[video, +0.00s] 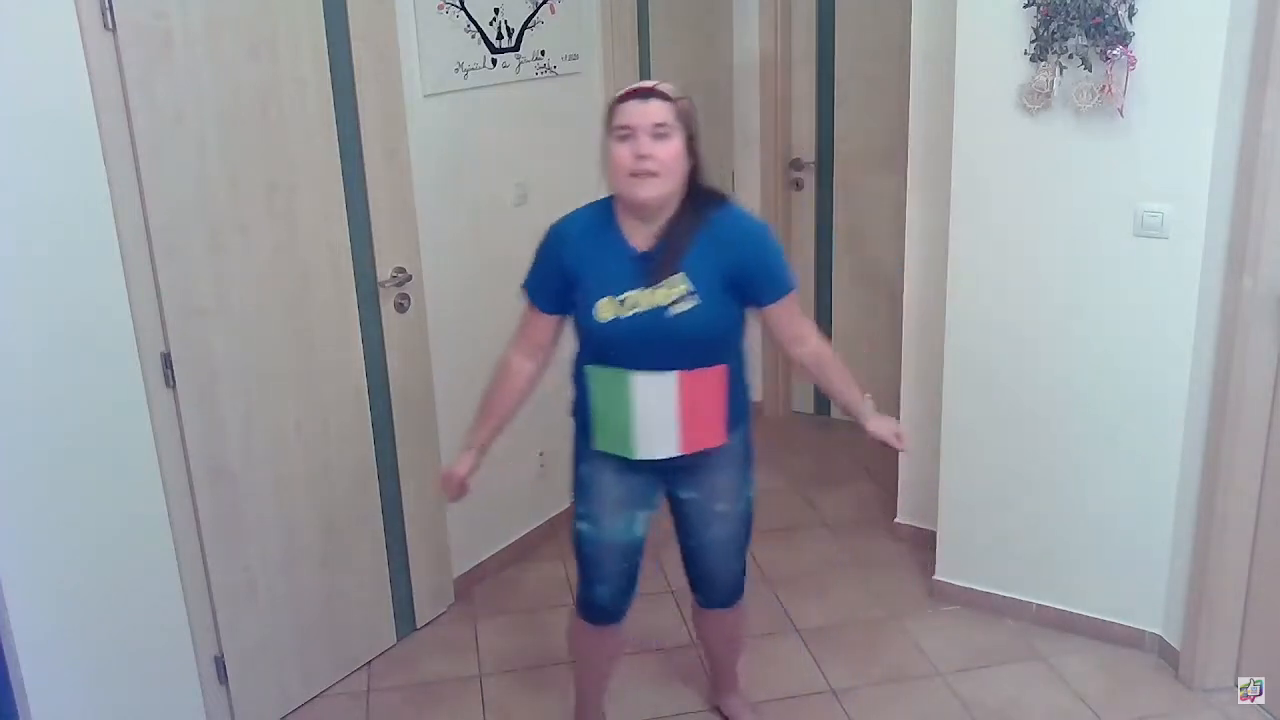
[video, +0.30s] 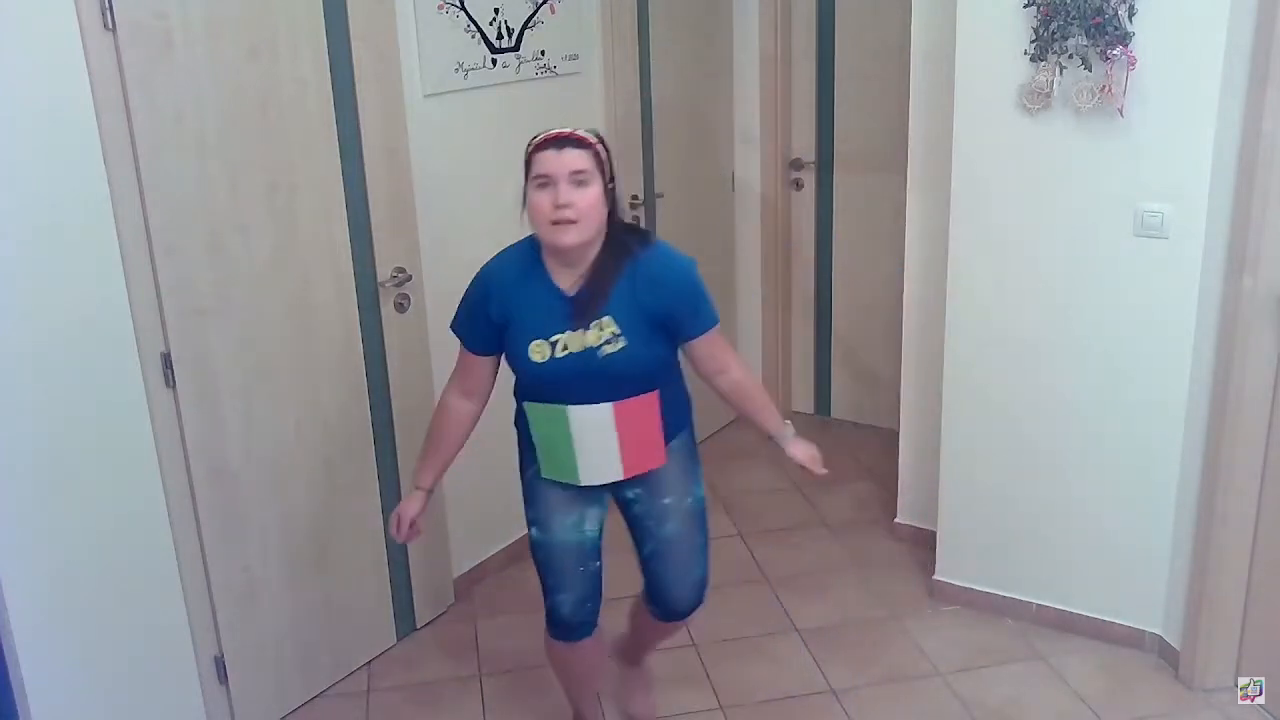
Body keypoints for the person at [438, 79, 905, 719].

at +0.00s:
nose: (642, 151)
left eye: (661, 135)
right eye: (626, 136)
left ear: (689, 153)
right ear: (607, 153)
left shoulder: (736, 236)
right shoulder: (572, 242)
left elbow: (799, 337)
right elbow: (528, 354)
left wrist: (866, 413)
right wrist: (472, 450)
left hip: (713, 446)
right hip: (610, 450)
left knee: (723, 592)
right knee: (600, 602)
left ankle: (727, 697)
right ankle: (589, 711)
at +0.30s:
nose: (561, 197)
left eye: (579, 181)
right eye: (544, 184)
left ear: (608, 194)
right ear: (526, 201)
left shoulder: (660, 272)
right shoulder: (500, 285)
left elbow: (722, 368)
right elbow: (464, 393)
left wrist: (785, 435)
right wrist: (421, 488)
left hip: (657, 450)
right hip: (555, 463)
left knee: (679, 596)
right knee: (570, 618)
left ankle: (629, 658)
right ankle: (588, 712)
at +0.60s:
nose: (547, 174)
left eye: (564, 159)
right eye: (529, 163)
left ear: (592, 175)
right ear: (512, 185)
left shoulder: (642, 247)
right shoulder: (489, 272)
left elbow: (708, 348)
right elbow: (451, 375)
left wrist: (771, 420)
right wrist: (405, 466)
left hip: (636, 439)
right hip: (544, 452)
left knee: (647, 578)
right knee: (574, 593)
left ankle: (607, 645)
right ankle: (586, 711)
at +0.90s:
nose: (565, 135)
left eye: (581, 121)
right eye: (549, 121)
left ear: (603, 133)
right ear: (530, 135)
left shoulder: (646, 202)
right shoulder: (499, 216)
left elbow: (696, 295)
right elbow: (464, 304)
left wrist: (754, 333)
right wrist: (428, 341)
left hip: (634, 409)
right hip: (546, 416)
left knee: (617, 543)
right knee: (567, 565)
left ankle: (603, 618)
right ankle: (579, 706)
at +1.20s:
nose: (590, 128)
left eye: (603, 114)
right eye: (574, 115)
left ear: (623, 121)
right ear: (553, 126)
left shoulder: (659, 179)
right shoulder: (531, 184)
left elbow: (715, 246)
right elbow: (543, 245)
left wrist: (640, 192)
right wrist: (612, 184)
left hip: (638, 391)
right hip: (550, 390)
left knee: (606, 531)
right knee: (552, 541)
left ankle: (597, 619)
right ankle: (574, 669)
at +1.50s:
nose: (611, 117)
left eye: (625, 105)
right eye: (596, 106)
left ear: (647, 114)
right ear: (577, 116)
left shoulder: (676, 173)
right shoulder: (552, 177)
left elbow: (715, 229)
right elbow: (536, 227)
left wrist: (634, 171)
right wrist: (606, 163)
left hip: (658, 382)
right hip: (575, 383)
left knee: (621, 521)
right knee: (625, 532)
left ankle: (598, 616)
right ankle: (635, 670)